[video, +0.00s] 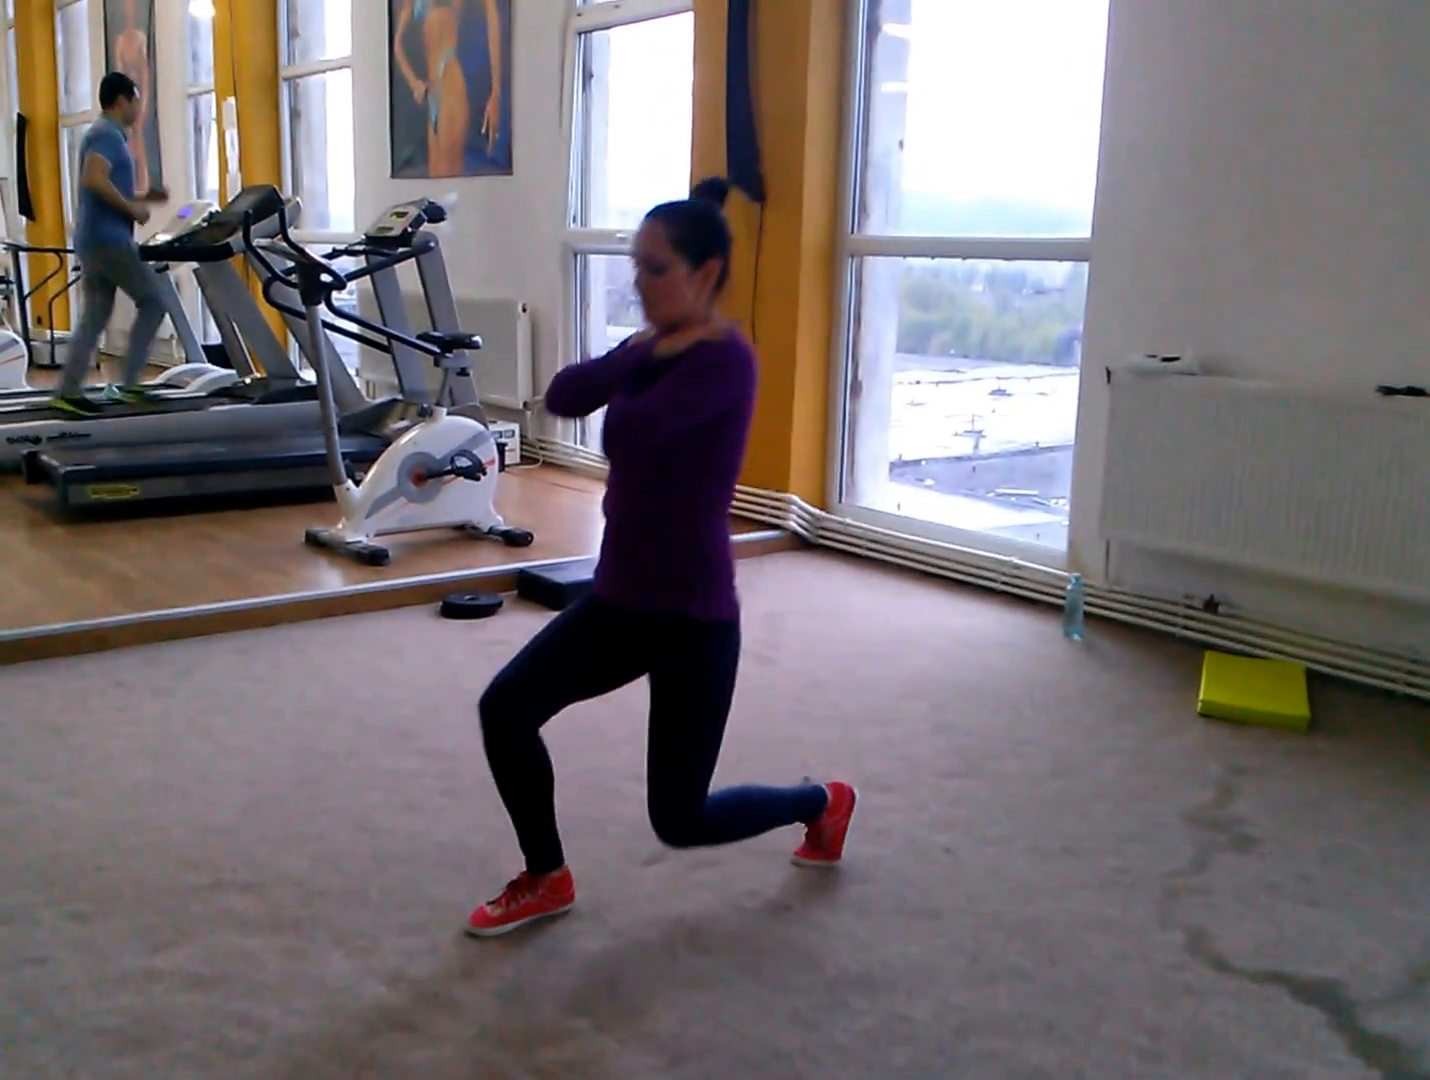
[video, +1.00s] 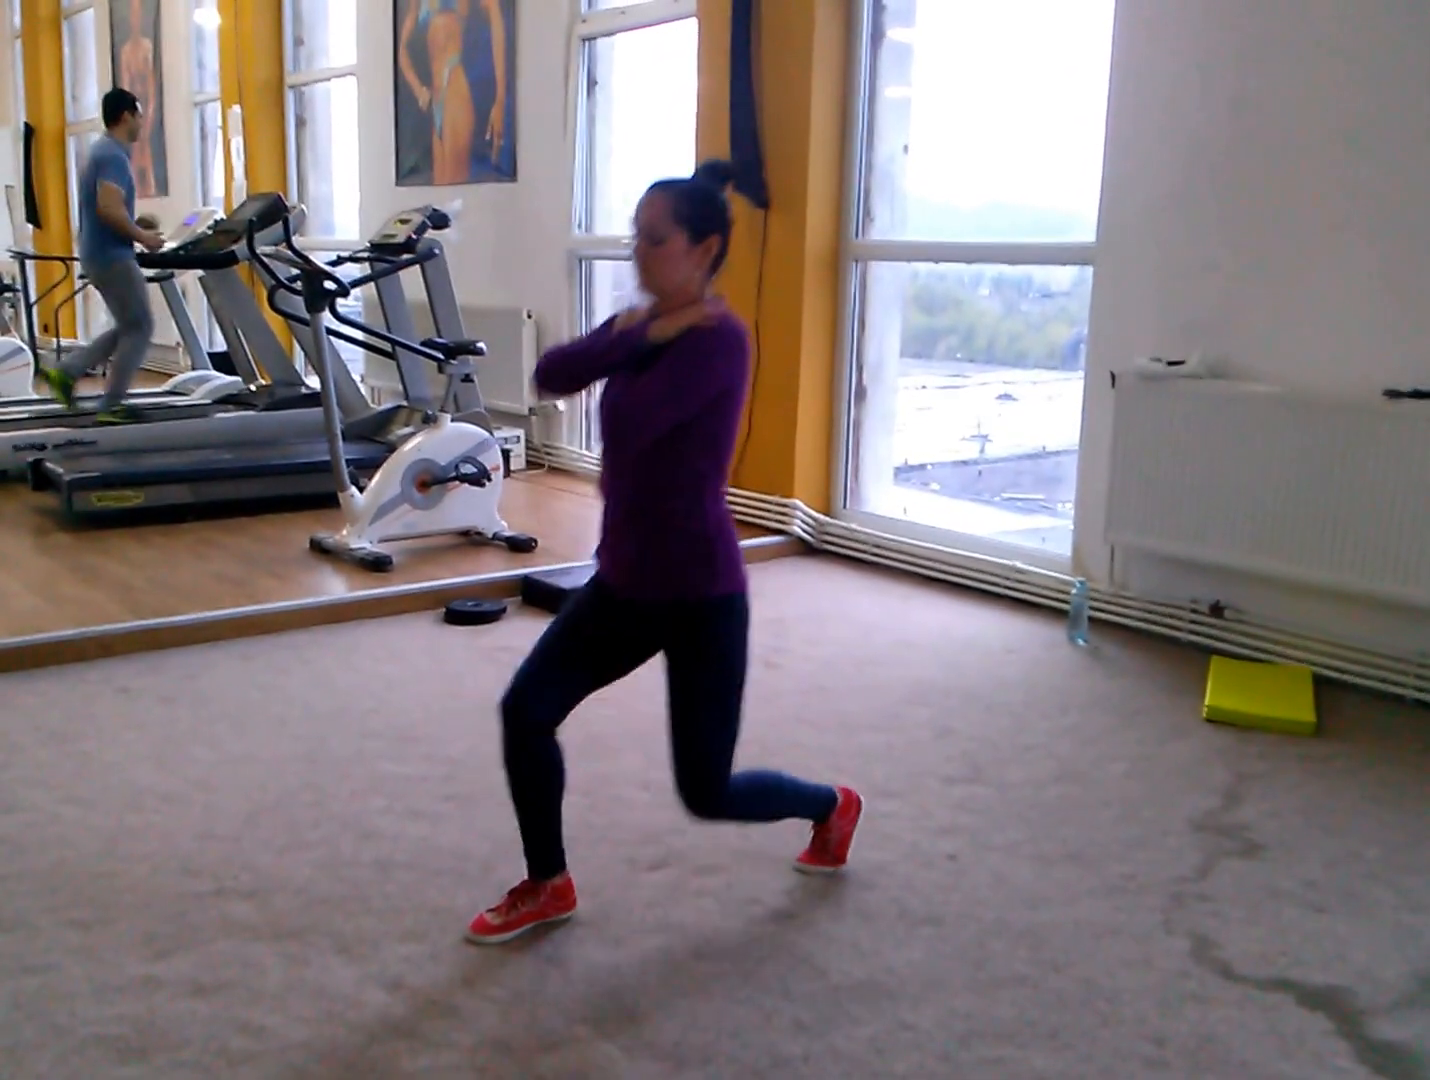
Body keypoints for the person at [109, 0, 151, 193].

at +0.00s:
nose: (129, 11)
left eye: (131, 7)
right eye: (126, 7)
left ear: (135, 10)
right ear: (123, 11)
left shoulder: (140, 38)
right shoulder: (120, 40)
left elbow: (144, 69)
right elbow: (118, 68)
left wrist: (145, 99)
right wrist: (118, 91)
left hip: (140, 93)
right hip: (124, 93)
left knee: (138, 132)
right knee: (127, 134)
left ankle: (142, 178)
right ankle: (129, 177)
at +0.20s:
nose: (131, 12)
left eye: (133, 7)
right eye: (128, 8)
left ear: (137, 11)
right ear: (125, 11)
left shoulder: (143, 41)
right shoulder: (122, 44)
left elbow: (146, 74)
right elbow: (121, 74)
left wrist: (147, 100)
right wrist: (121, 98)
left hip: (143, 94)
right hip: (128, 95)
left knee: (140, 134)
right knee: (131, 136)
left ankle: (146, 179)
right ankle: (135, 179)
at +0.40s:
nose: (134, 14)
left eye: (136, 10)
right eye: (131, 10)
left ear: (140, 13)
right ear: (127, 14)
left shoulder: (144, 42)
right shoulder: (124, 44)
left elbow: (148, 71)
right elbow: (123, 73)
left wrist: (149, 100)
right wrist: (122, 97)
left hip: (144, 95)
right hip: (129, 96)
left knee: (143, 140)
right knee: (131, 140)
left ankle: (148, 182)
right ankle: (134, 180)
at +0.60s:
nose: (135, 16)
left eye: (138, 11)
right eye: (132, 11)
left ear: (142, 15)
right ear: (129, 15)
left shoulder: (146, 43)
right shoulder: (126, 47)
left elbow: (150, 73)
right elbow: (124, 76)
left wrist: (152, 102)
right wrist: (125, 100)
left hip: (147, 96)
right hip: (132, 96)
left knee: (144, 135)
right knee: (133, 136)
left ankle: (149, 179)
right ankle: (134, 179)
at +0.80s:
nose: (135, 19)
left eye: (137, 14)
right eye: (132, 14)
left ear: (141, 17)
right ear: (128, 18)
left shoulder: (147, 44)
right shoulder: (125, 47)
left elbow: (151, 74)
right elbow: (124, 75)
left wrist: (151, 104)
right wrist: (125, 98)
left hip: (146, 93)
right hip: (130, 94)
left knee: (144, 134)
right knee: (133, 135)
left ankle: (150, 174)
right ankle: (134, 178)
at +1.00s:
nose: (135, 21)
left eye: (137, 16)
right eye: (132, 16)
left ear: (141, 19)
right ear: (129, 19)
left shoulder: (147, 45)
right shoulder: (124, 49)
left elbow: (151, 76)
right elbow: (125, 77)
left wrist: (151, 104)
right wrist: (124, 101)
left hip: (146, 97)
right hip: (132, 98)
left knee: (144, 137)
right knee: (135, 139)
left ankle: (149, 179)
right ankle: (135, 180)